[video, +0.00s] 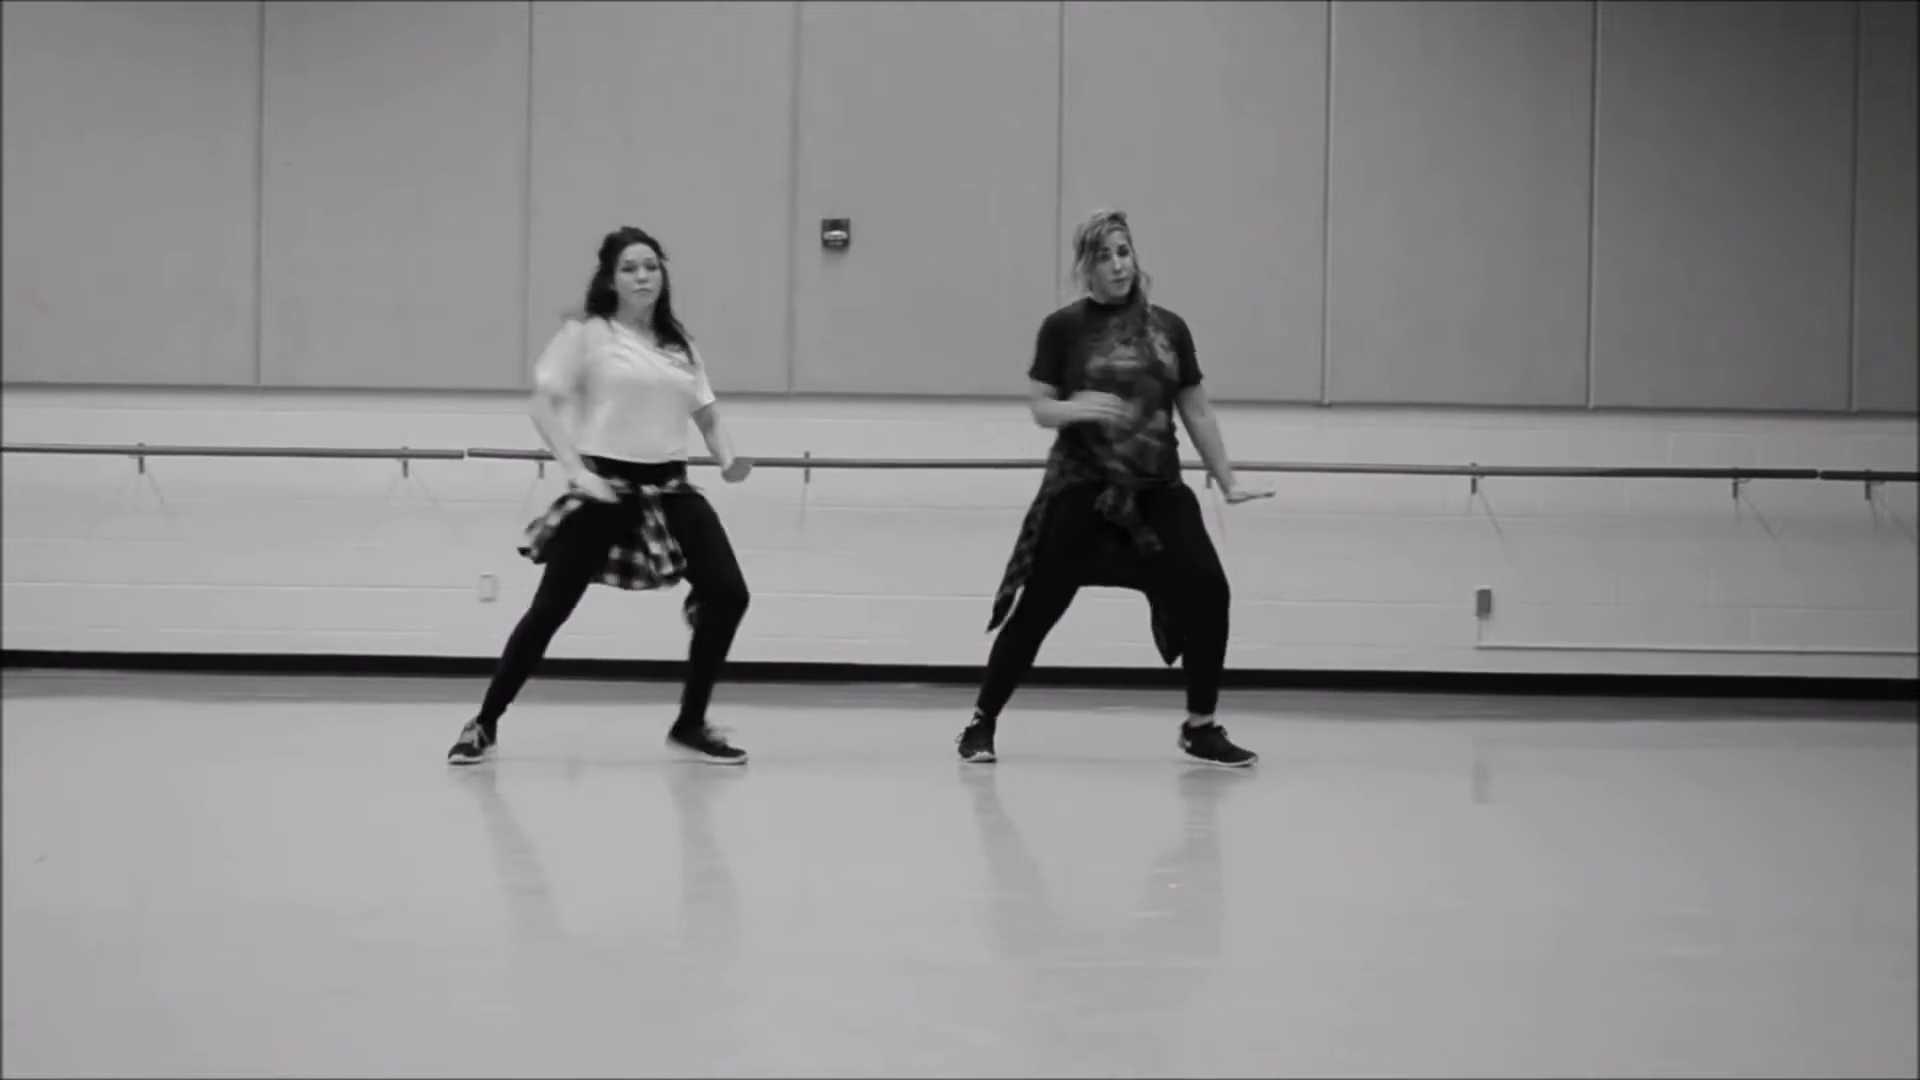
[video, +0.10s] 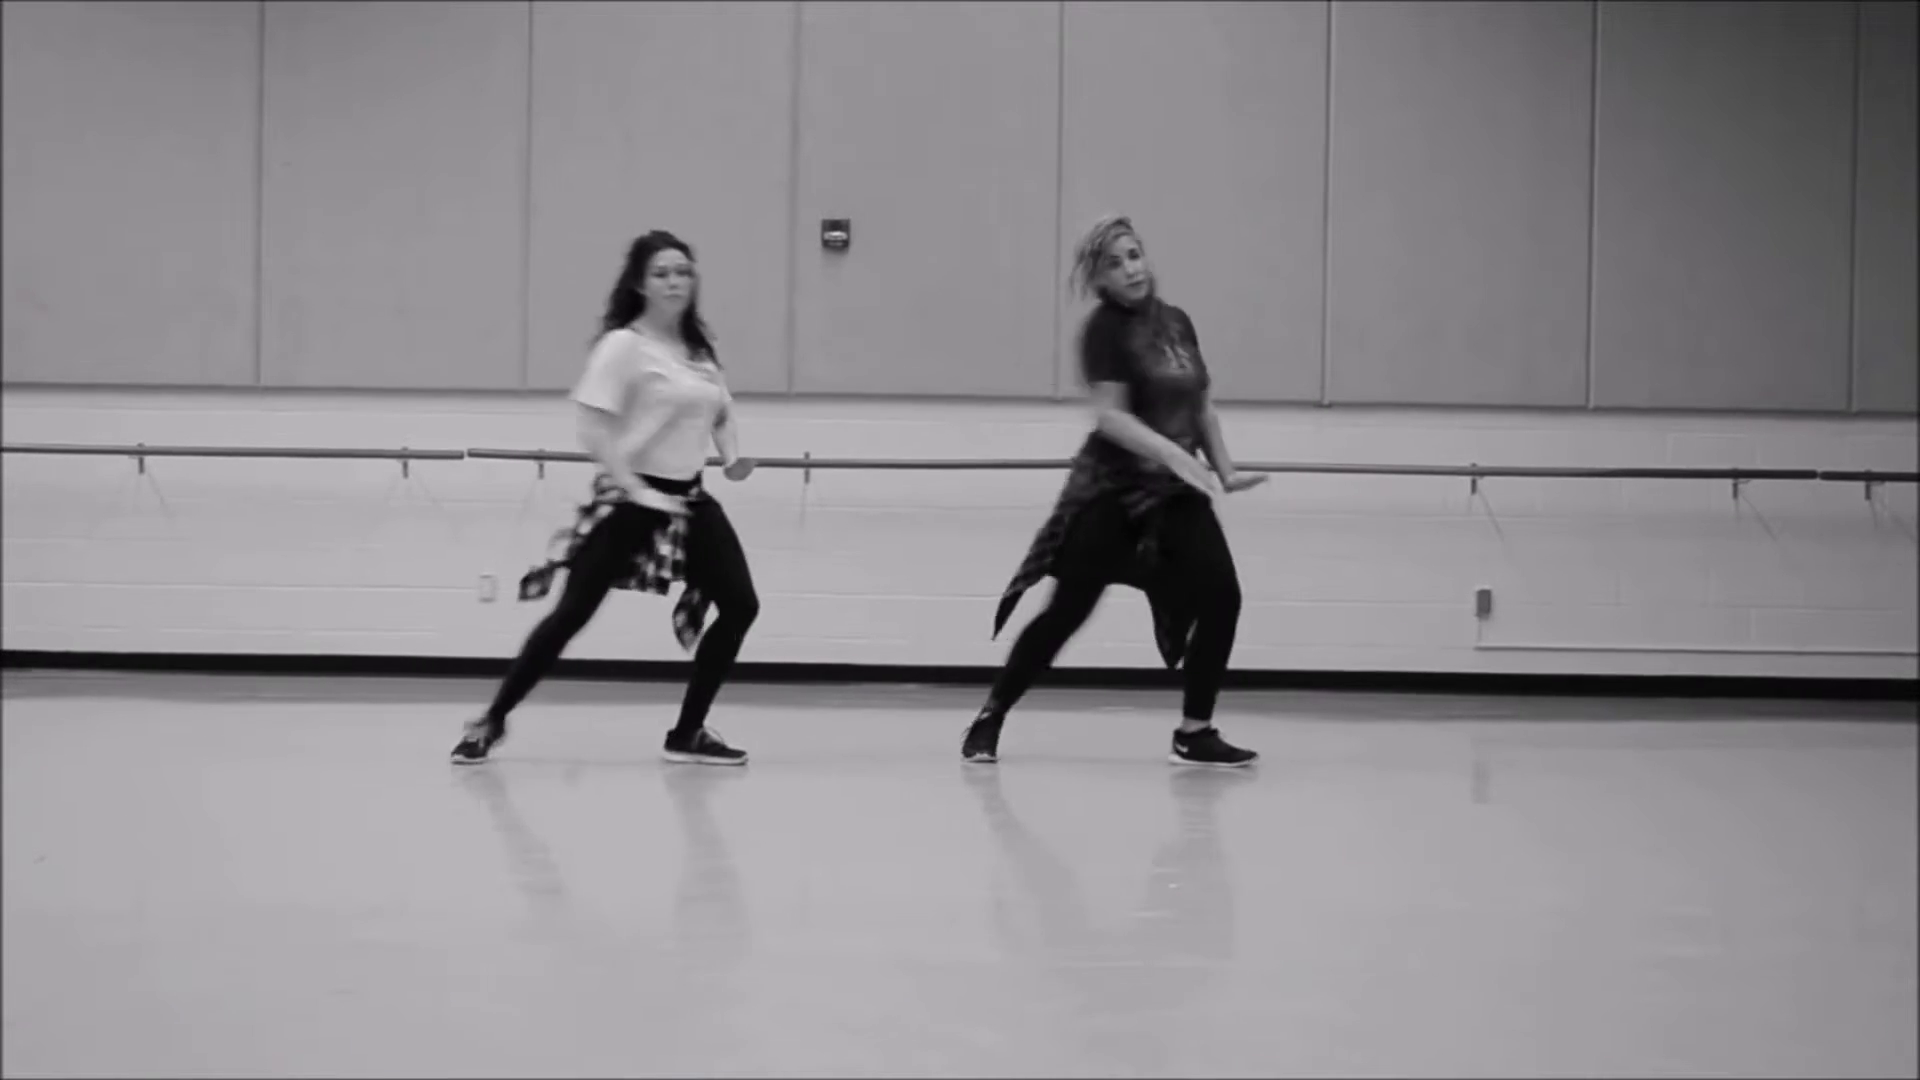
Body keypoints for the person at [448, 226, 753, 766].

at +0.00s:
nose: (643, 275)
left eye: (652, 267)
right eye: (630, 268)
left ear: (664, 277)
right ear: (610, 279)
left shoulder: (679, 347)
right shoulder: (584, 335)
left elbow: (707, 415)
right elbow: (541, 406)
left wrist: (726, 459)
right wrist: (577, 470)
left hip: (672, 492)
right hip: (602, 488)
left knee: (728, 596)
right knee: (549, 611)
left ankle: (690, 724)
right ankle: (484, 724)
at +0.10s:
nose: (675, 282)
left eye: (683, 273)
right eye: (662, 273)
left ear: (695, 283)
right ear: (639, 283)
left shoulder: (698, 350)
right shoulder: (622, 346)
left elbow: (720, 415)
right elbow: (589, 431)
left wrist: (731, 458)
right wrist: (637, 489)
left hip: (691, 501)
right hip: (630, 499)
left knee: (740, 605)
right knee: (572, 613)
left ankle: (688, 731)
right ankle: (492, 721)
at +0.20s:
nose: (718, 298)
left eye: (726, 288)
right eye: (705, 287)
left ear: (733, 297)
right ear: (678, 294)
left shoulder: (720, 361)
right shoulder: (656, 357)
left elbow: (715, 429)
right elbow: (638, 447)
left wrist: (733, 464)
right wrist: (689, 503)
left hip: (698, 501)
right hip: (645, 501)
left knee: (742, 607)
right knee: (616, 615)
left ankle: (688, 731)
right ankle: (549, 726)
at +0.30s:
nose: (754, 324)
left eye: (761, 314)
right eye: (742, 311)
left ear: (766, 322)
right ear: (711, 313)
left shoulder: (738, 378)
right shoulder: (681, 373)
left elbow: (703, 441)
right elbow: (682, 465)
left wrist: (722, 469)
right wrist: (743, 518)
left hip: (703, 501)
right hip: (651, 497)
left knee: (742, 607)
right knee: (666, 596)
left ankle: (689, 731)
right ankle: (636, 731)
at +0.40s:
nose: (781, 353)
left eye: (788, 342)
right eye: (769, 339)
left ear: (793, 347)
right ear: (740, 342)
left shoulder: (756, 399)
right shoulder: (705, 397)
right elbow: (723, 489)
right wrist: (797, 536)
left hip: (700, 502)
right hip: (650, 498)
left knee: (744, 607)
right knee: (701, 591)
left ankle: (688, 731)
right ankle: (712, 710)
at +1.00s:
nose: (764, 274)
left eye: (759, 266)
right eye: (748, 268)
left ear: (753, 293)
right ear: (727, 292)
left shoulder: (751, 360)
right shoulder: (723, 357)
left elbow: (739, 467)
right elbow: (770, 437)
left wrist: (786, 460)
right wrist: (827, 492)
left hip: (734, 509)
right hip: (704, 507)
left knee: (764, 634)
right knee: (764, 612)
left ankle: (688, 733)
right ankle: (796, 729)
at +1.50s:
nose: (747, 255)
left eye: (742, 249)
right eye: (732, 254)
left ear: (735, 276)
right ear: (712, 279)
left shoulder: (743, 329)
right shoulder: (732, 332)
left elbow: (744, 413)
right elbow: (800, 376)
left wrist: (787, 445)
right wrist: (864, 406)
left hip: (743, 491)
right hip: (720, 492)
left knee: (747, 616)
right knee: (775, 608)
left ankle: (686, 732)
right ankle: (815, 738)